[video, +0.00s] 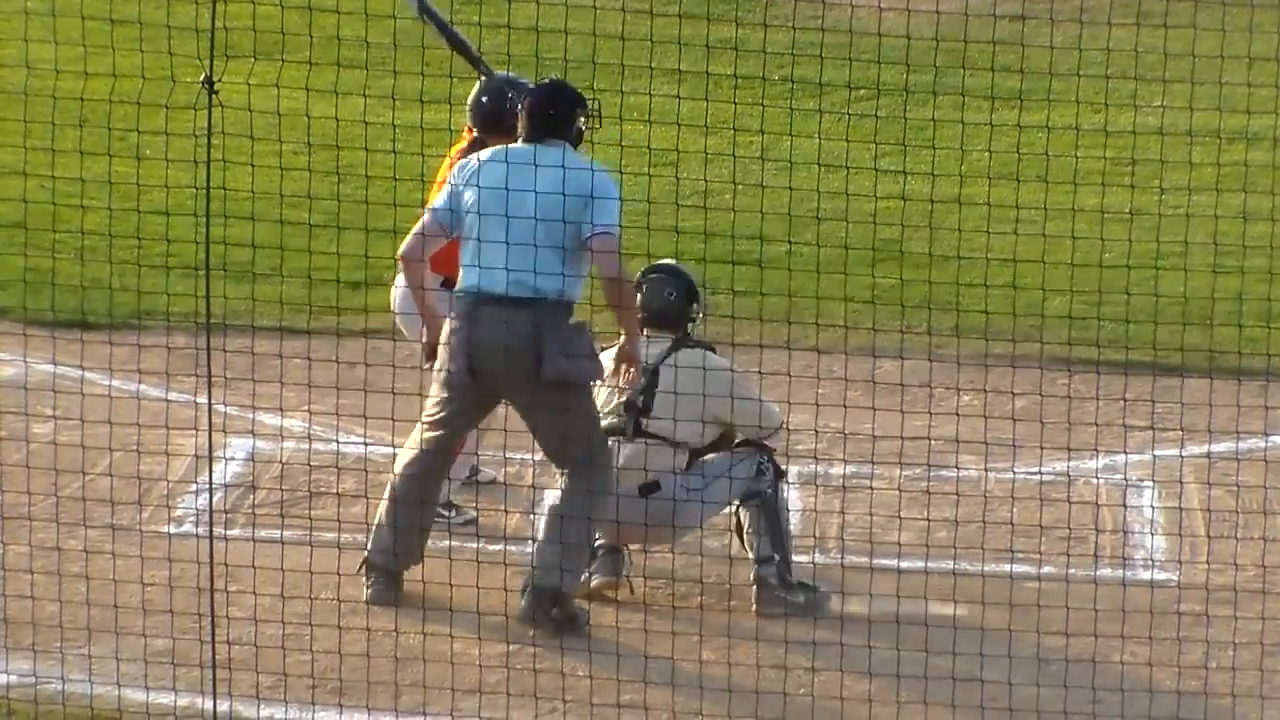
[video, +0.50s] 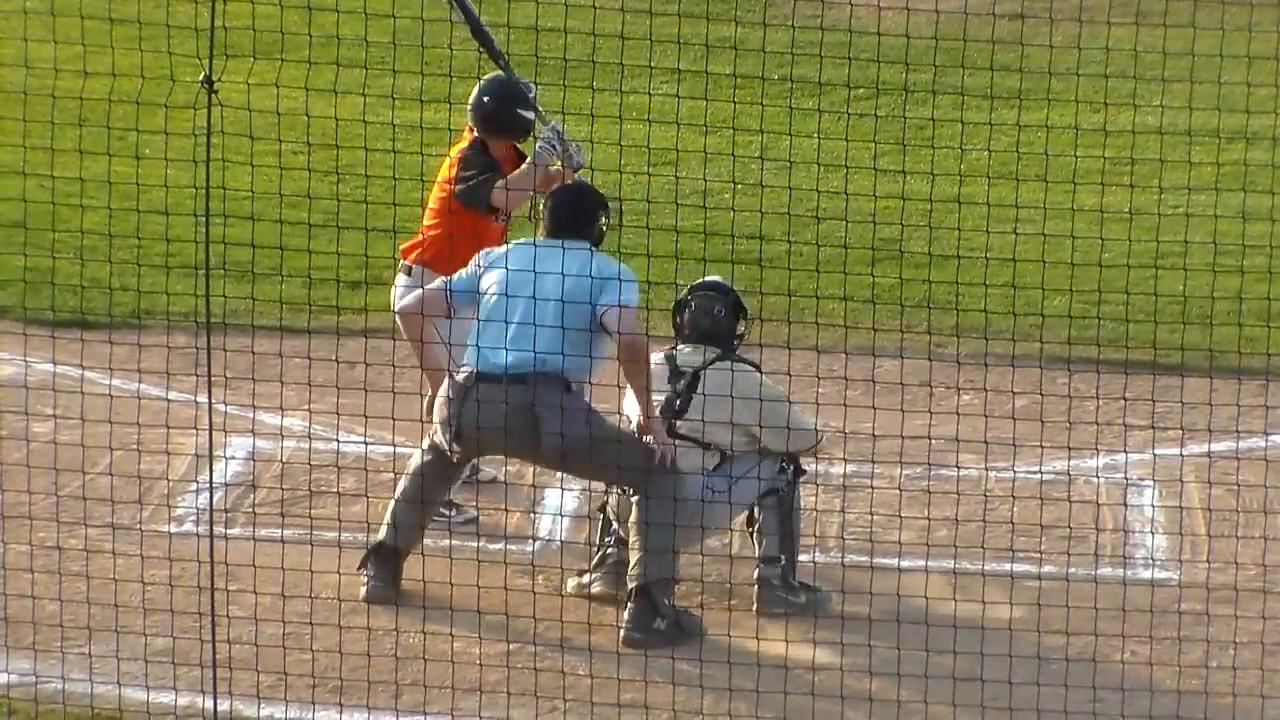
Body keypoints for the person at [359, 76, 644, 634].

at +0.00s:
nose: (586, 131)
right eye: (582, 125)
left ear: (521, 123)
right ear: (576, 128)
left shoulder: (478, 168)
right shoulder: (594, 179)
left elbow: (411, 254)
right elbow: (608, 268)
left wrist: (432, 324)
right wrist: (630, 339)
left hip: (470, 329)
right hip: (544, 337)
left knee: (431, 440)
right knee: (590, 465)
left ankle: (383, 570)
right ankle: (547, 591)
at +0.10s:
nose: (579, 147)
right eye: (576, 140)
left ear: (515, 136)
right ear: (569, 142)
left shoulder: (469, 177)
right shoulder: (584, 186)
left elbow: (404, 256)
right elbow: (600, 270)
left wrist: (429, 333)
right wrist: (630, 340)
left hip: (460, 332)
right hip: (535, 337)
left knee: (431, 437)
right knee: (617, 446)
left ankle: (383, 565)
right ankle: (586, 574)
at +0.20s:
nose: (580, 158)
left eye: (510, 145)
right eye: (578, 151)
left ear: (515, 146)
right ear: (571, 154)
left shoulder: (471, 189)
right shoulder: (586, 197)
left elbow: (400, 264)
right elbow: (605, 281)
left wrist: (424, 341)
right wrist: (632, 354)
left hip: (456, 341)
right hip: (533, 344)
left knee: (437, 431)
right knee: (623, 457)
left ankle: (383, 563)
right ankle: (638, 592)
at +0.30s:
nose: (589, 178)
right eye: (586, 171)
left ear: (527, 169)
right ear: (579, 174)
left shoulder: (483, 210)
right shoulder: (595, 218)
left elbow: (405, 278)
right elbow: (611, 300)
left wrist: (428, 352)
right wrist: (641, 375)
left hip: (462, 362)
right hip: (541, 367)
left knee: (437, 442)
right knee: (633, 466)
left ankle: (383, 562)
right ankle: (646, 604)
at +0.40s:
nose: (598, 209)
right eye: (595, 202)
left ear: (538, 197)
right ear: (590, 204)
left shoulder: (490, 237)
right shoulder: (603, 247)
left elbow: (405, 297)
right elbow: (625, 320)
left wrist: (435, 366)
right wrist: (645, 397)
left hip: (467, 389)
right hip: (547, 393)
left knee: (441, 450)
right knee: (652, 473)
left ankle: (383, 561)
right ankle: (648, 605)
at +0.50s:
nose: (604, 230)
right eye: (603, 224)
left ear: (546, 223)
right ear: (597, 228)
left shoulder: (498, 258)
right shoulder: (610, 271)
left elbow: (410, 308)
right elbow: (628, 339)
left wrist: (440, 376)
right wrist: (646, 413)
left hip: (469, 407)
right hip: (548, 412)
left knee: (442, 451)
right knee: (657, 473)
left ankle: (383, 563)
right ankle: (649, 605)